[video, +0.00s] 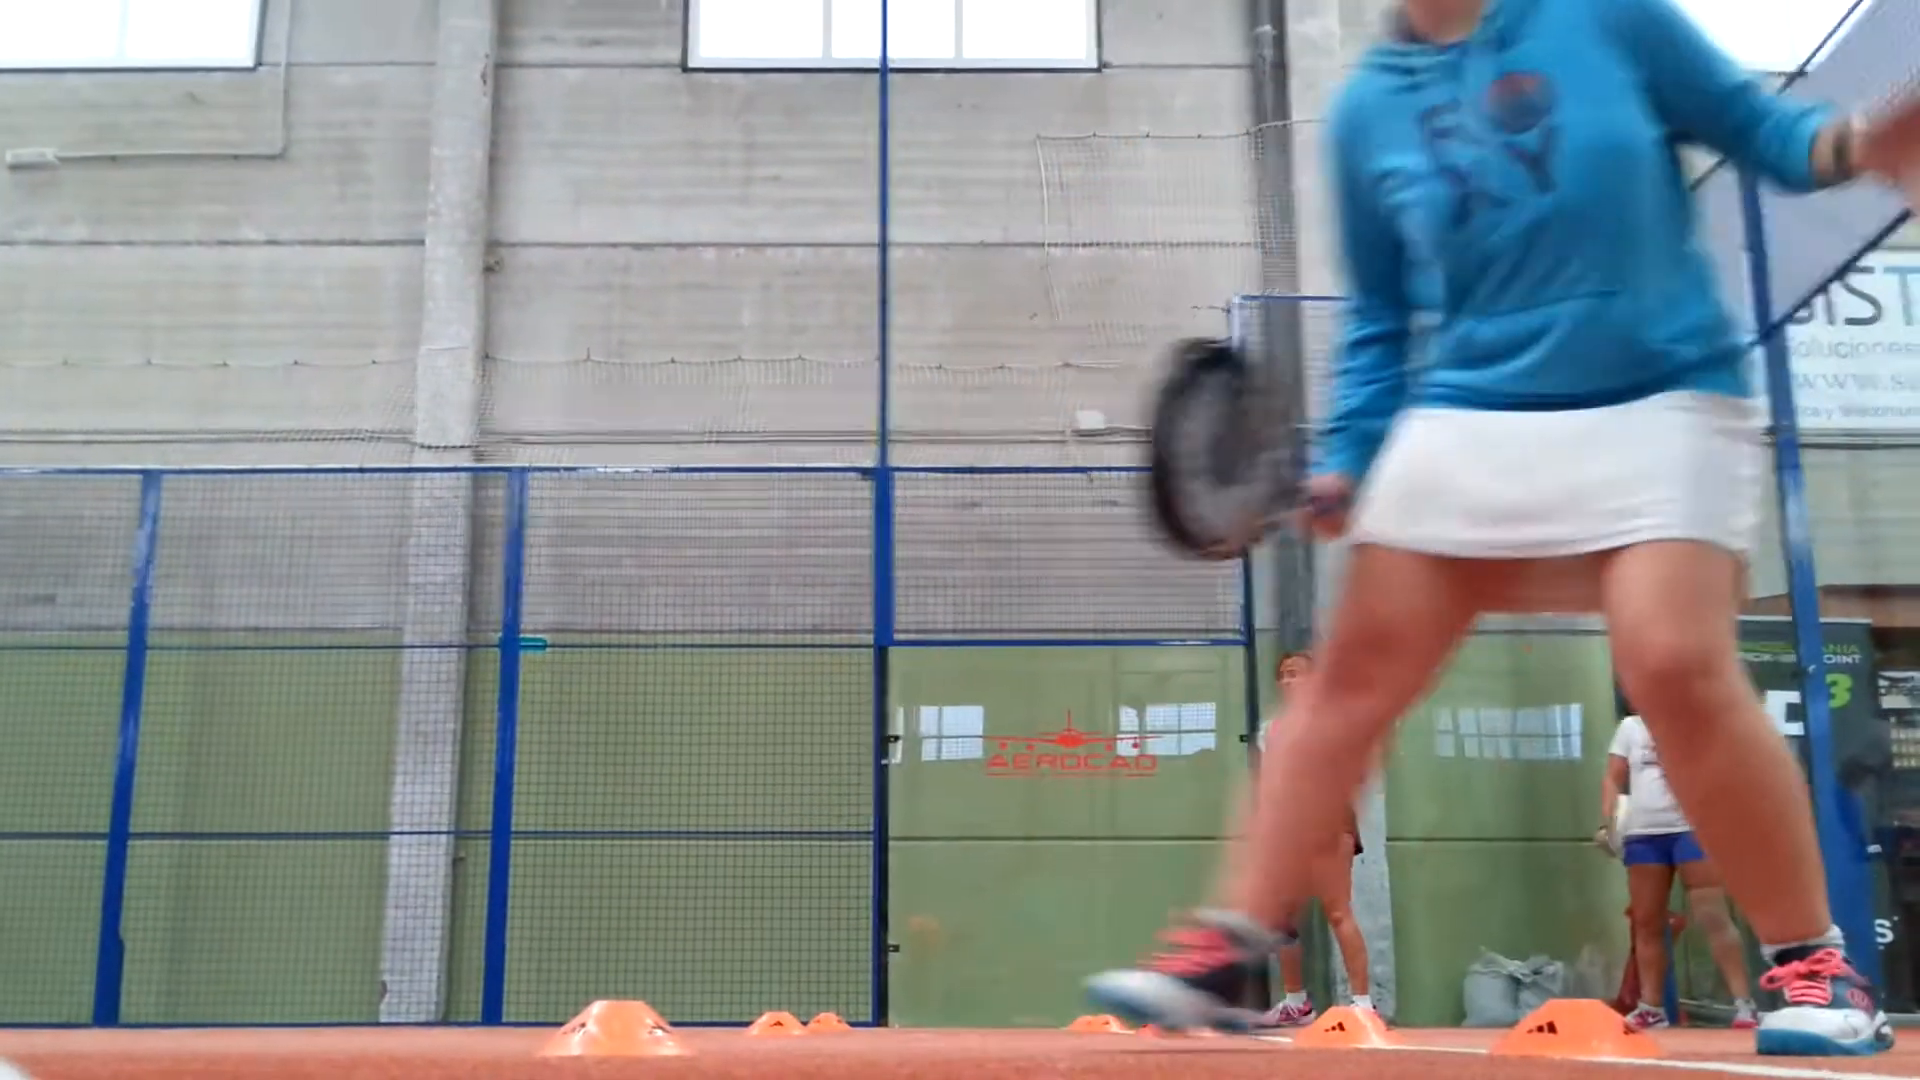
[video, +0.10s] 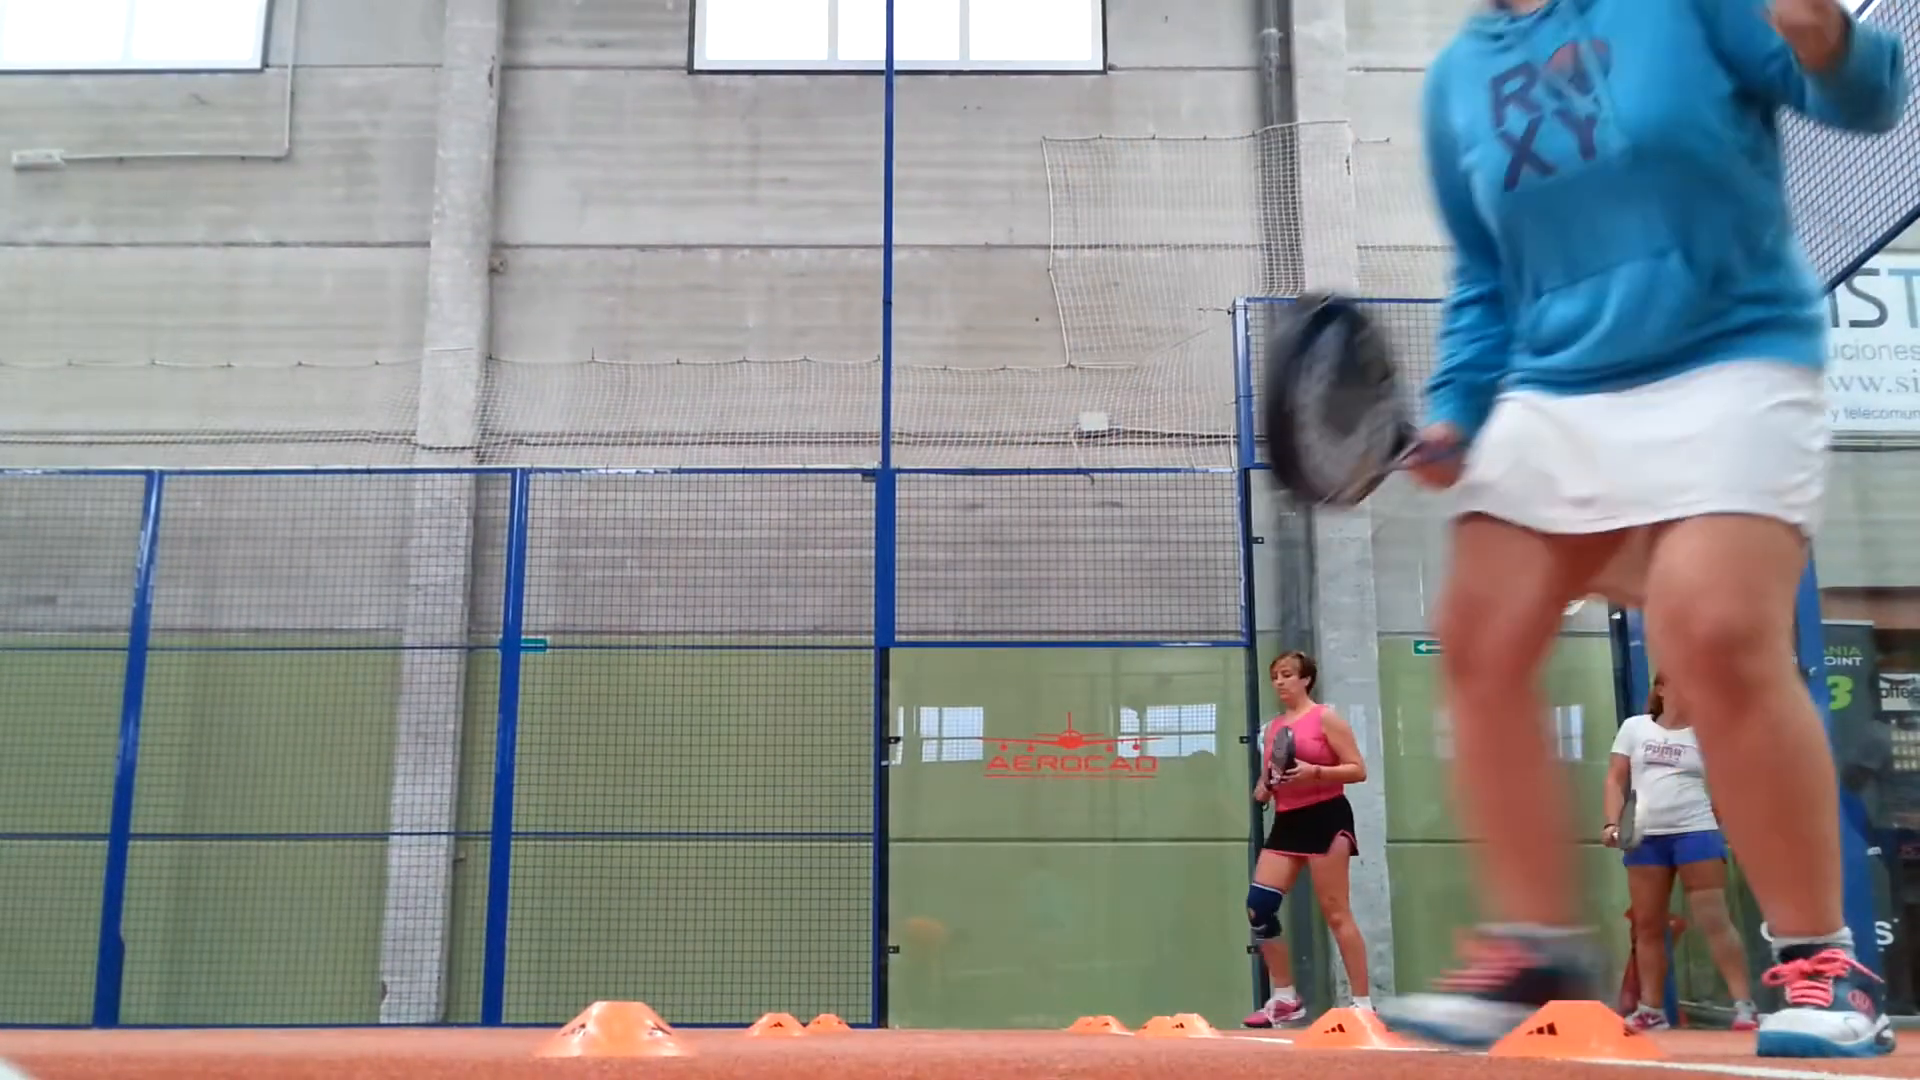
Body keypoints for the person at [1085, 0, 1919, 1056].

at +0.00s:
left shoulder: (1605, 13)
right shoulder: (1364, 108)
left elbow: (1756, 123)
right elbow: (1377, 315)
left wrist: (1849, 144)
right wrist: (1343, 460)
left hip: (1661, 387)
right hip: (1468, 404)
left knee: (1673, 667)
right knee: (1354, 665)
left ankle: (1812, 969)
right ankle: (1232, 951)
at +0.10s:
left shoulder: (1691, 4)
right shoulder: (1457, 77)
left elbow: (1870, 105)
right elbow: (1482, 280)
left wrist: (1832, 45)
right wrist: (1454, 411)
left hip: (1734, 354)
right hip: (1556, 388)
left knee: (1716, 633)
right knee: (1477, 637)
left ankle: (1819, 963)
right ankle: (1535, 947)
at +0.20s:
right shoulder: (1530, 54)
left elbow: (1896, 64)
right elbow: (1576, 244)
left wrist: (1811, 10)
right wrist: (1554, 369)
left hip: (1791, 316)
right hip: (1632, 368)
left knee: (1745, 610)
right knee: (1620, 649)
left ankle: (1867, 941)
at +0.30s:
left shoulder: (1786, 3)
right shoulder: (1602, 71)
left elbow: (1907, 81)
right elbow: (1683, 260)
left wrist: (1762, 35)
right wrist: (1654, 386)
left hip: (1846, 296)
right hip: (1728, 351)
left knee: (1746, 617)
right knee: (1765, 660)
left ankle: (1900, 945)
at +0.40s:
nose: (1652, 4)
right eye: (1652, 2)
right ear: (1683, 4)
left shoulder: (1799, 11)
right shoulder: (1725, 105)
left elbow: (1910, 130)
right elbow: (1803, 313)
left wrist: (1722, 124)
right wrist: (1749, 405)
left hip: (1887, 351)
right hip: (1838, 375)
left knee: (1775, 627)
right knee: (1887, 676)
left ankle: (1903, 958)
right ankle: (1896, 964)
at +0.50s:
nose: (1720, 12)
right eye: (1722, 1)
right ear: (1786, 2)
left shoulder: (1839, 48)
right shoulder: (1803, 86)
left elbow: (1908, 163)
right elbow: (1861, 274)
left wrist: (1746, 174)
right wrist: (1827, 401)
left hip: (1898, 381)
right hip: (1864, 394)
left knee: (1854, 635)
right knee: (1854, 643)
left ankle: (1895, 957)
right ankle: (1891, 959)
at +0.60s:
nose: (1786, 16)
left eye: (1792, 2)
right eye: (1790, 3)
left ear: (1823, 4)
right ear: (1876, 6)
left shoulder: (1874, 59)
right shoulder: (1854, 87)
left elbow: (1911, 159)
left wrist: (1787, 172)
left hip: (1916, 393)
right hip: (1907, 395)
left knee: (1917, 626)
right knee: (1913, 629)